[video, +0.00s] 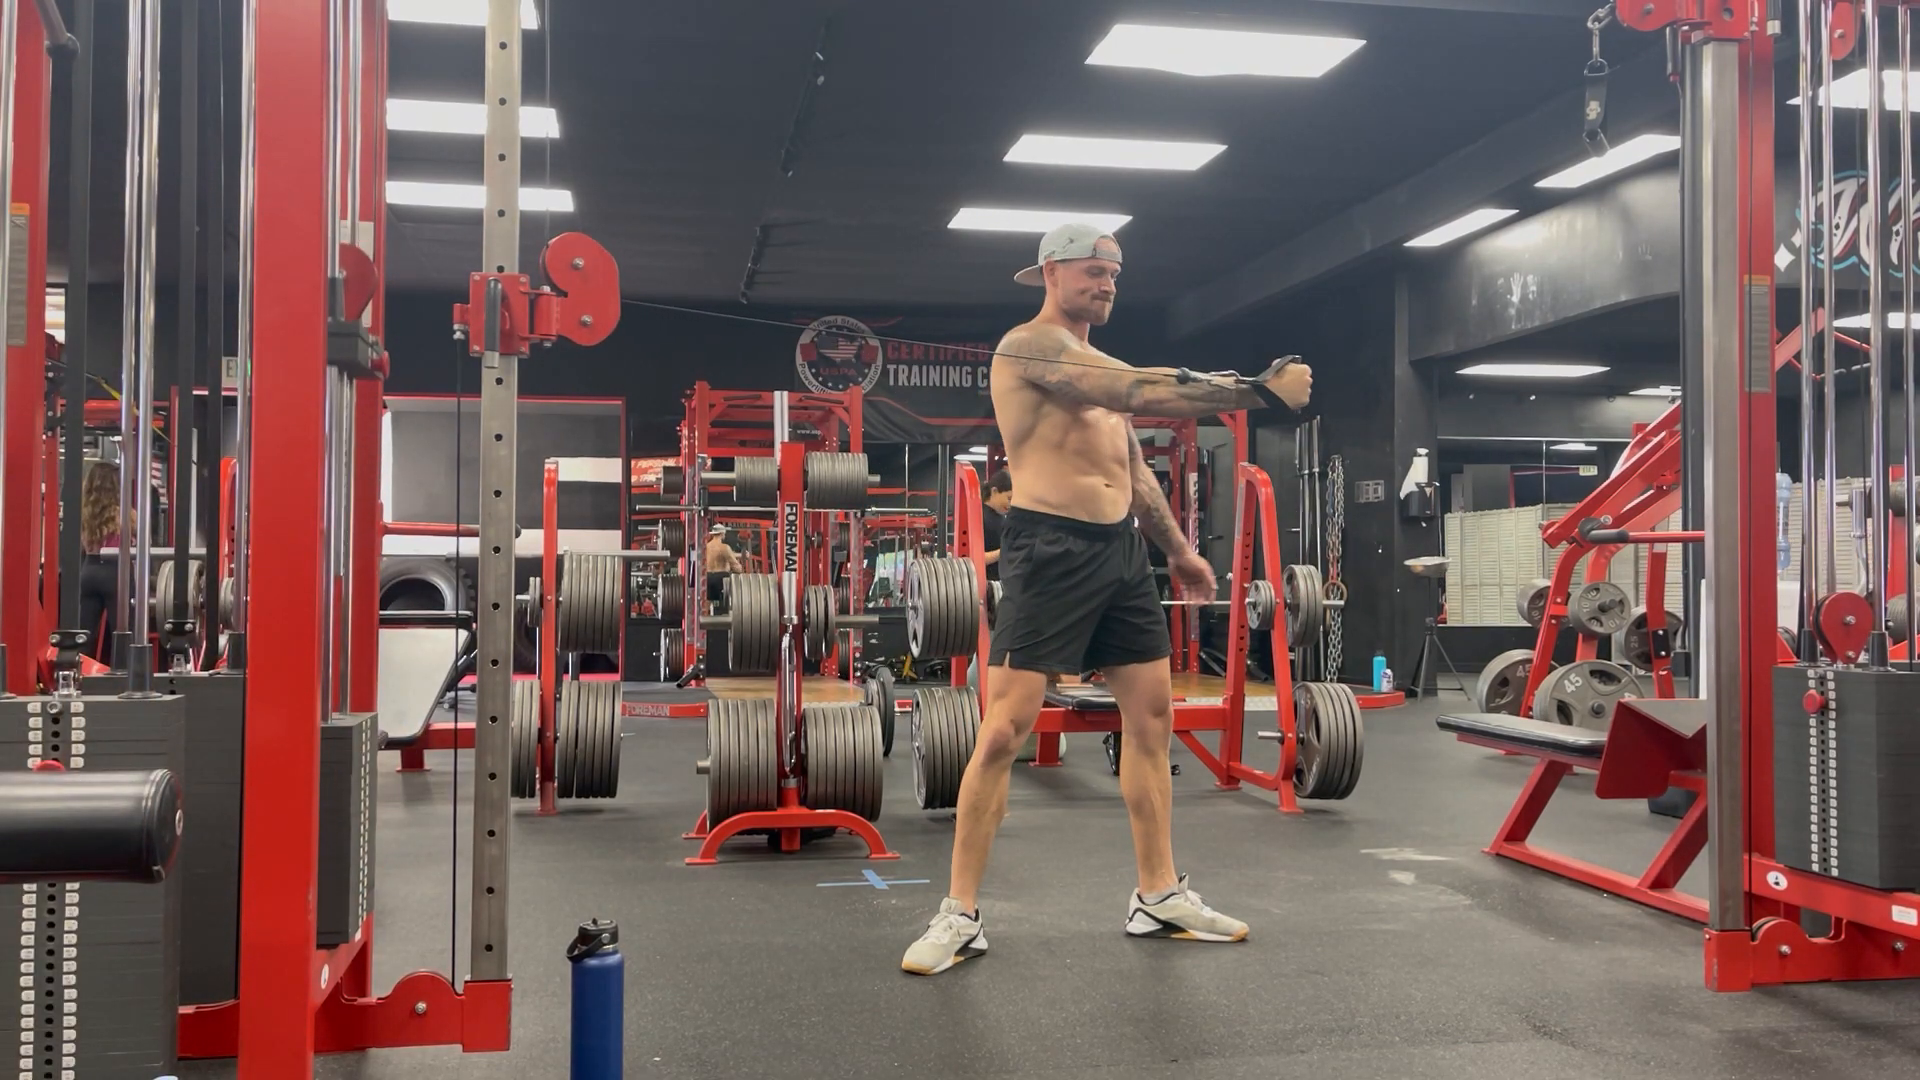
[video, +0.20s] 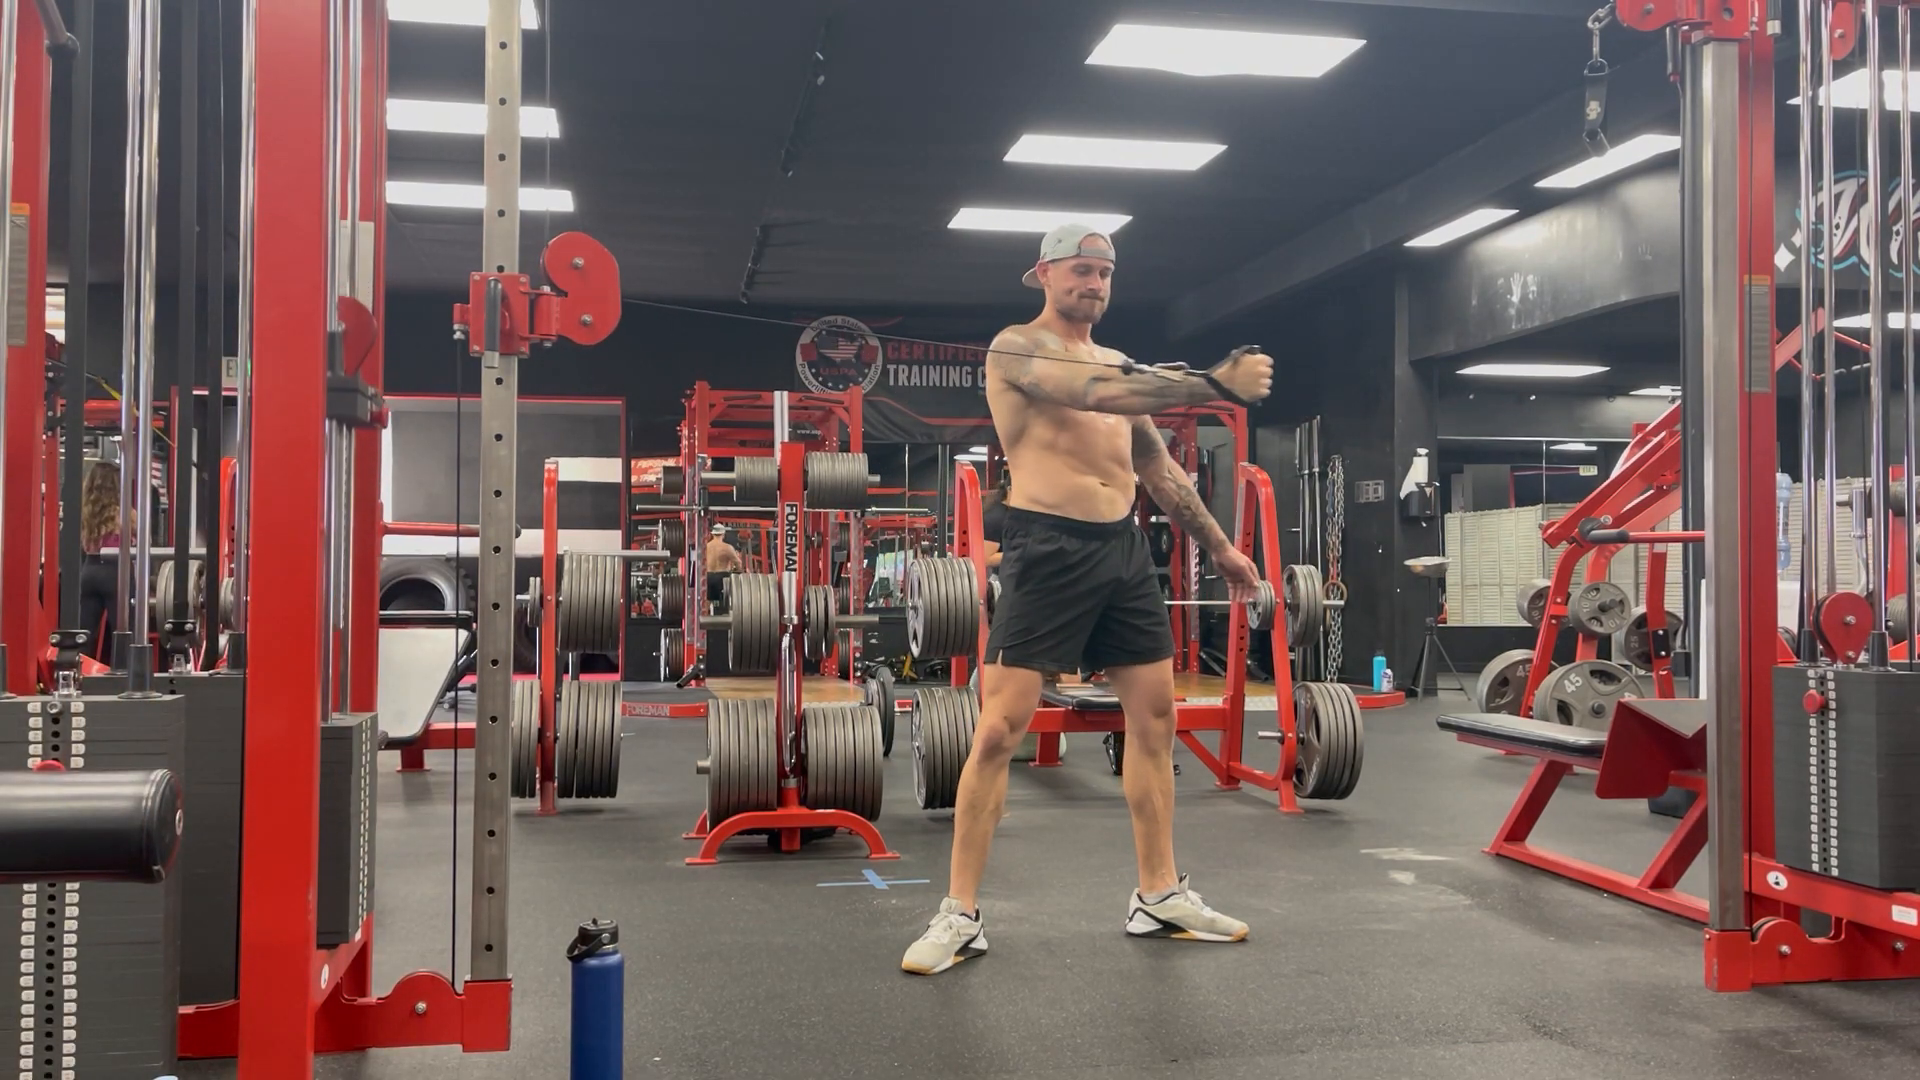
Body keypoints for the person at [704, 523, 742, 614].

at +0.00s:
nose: (724, 536)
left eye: (724, 534)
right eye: (724, 534)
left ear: (713, 534)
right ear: (722, 534)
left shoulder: (707, 546)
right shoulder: (724, 547)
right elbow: (735, 565)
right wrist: (739, 570)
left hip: (709, 573)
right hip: (722, 573)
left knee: (709, 600)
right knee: (722, 602)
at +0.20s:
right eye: (723, 534)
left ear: (712, 534)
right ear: (723, 535)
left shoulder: (708, 546)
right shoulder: (727, 547)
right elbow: (738, 562)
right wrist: (738, 571)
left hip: (710, 573)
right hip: (723, 573)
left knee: (709, 601)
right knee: (723, 603)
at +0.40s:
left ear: (713, 534)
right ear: (723, 534)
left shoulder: (707, 546)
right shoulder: (729, 547)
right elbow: (739, 561)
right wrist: (738, 570)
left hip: (710, 573)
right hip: (724, 573)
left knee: (708, 600)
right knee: (724, 603)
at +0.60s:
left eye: (712, 534)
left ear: (712, 534)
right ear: (722, 535)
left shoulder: (707, 546)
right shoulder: (730, 548)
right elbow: (742, 563)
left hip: (710, 573)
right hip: (726, 574)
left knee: (708, 601)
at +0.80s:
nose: (709, 535)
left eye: (710, 533)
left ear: (712, 534)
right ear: (722, 535)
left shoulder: (706, 547)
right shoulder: (731, 548)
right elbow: (742, 564)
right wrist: (754, 574)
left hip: (711, 574)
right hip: (726, 574)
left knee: (709, 601)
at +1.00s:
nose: (709, 535)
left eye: (710, 533)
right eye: (709, 532)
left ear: (712, 534)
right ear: (722, 535)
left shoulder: (706, 547)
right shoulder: (732, 548)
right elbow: (743, 565)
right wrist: (754, 575)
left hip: (710, 575)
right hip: (726, 575)